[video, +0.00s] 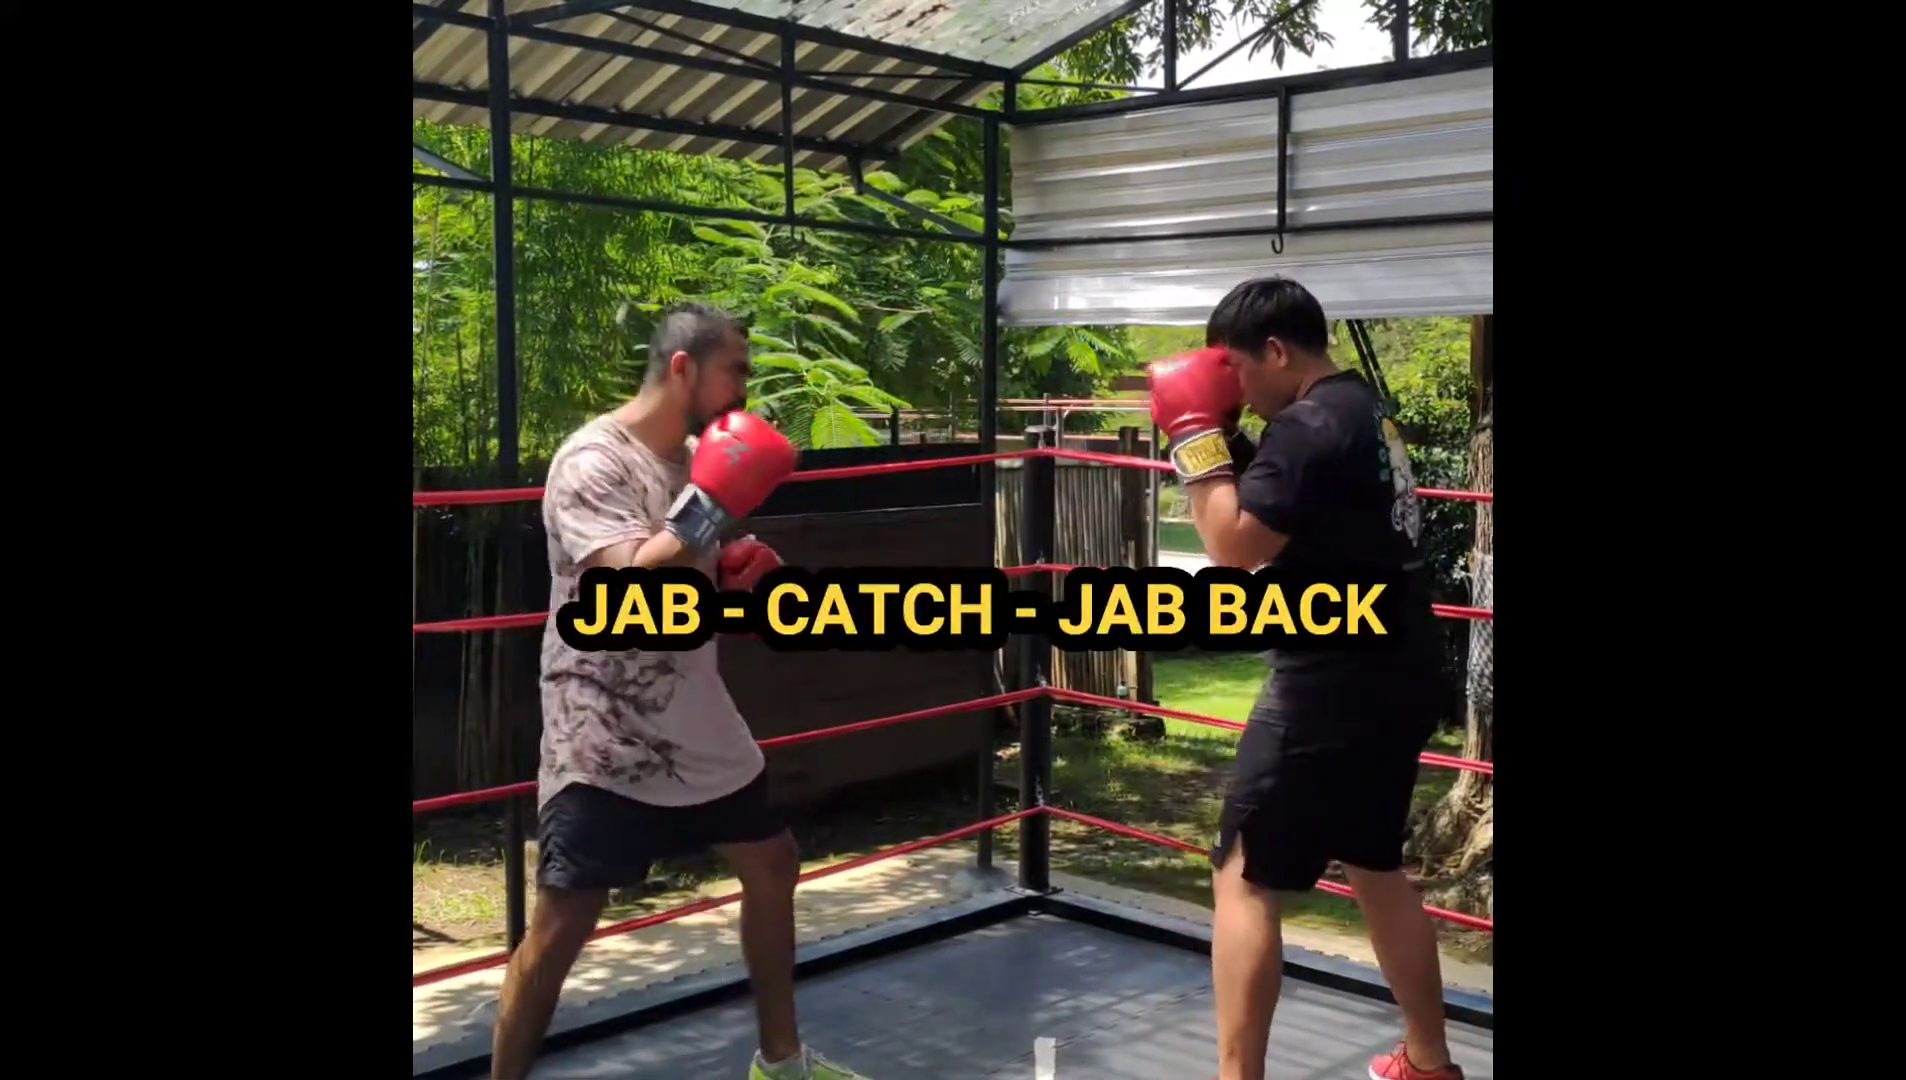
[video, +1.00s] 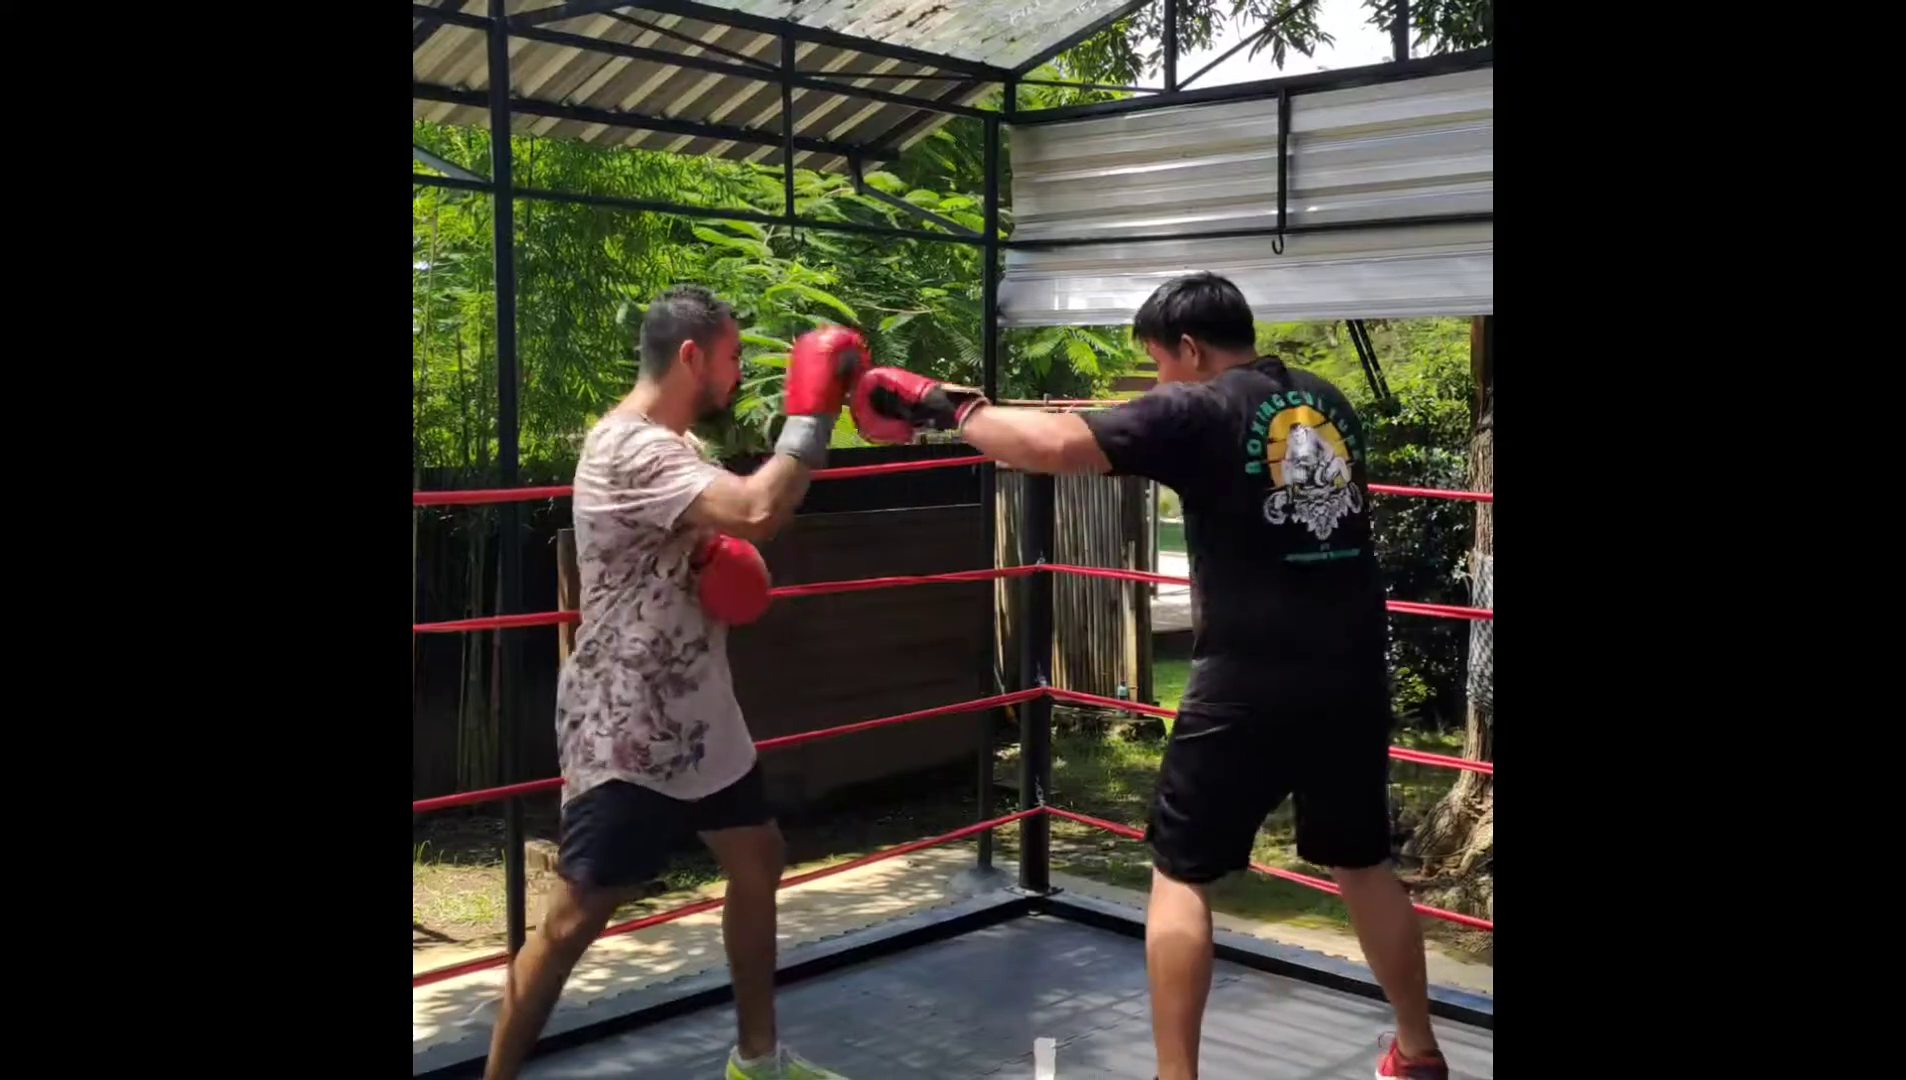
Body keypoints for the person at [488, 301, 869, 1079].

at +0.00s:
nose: (744, 392)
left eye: (747, 375)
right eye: (735, 372)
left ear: (689, 373)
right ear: (682, 368)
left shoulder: (700, 462)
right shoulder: (586, 463)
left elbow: (684, 575)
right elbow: (628, 572)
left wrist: (729, 575)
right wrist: (712, 500)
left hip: (697, 716)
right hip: (600, 729)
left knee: (772, 867)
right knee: (558, 930)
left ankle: (782, 1056)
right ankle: (504, 1076)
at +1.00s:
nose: (738, 375)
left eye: (740, 358)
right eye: (733, 357)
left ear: (677, 356)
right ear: (692, 355)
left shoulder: (673, 442)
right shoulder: (628, 446)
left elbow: (674, 554)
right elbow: (756, 507)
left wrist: (729, 576)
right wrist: (814, 408)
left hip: (698, 715)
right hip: (624, 725)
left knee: (756, 863)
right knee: (571, 921)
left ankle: (759, 1055)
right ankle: (497, 1073)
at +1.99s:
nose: (720, 412)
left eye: (723, 394)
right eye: (712, 391)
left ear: (661, 389)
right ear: (658, 385)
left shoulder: (664, 481)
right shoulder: (569, 485)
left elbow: (654, 617)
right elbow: (629, 610)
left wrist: (708, 619)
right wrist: (701, 518)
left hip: (688, 740)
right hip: (592, 755)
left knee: (774, 869)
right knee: (560, 948)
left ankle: (802, 1055)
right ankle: (488, 1074)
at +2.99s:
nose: (773, 378)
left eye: (772, 363)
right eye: (762, 362)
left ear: (709, 366)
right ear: (713, 364)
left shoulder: (677, 431)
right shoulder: (683, 444)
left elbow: (686, 550)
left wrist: (747, 571)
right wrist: (840, 419)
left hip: (693, 707)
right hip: (626, 711)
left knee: (750, 854)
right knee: (575, 919)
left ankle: (753, 1051)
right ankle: (497, 1072)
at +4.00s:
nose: (751, 401)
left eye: (756, 387)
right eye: (745, 383)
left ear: (701, 378)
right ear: (698, 374)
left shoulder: (704, 468)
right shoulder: (598, 462)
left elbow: (701, 577)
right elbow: (657, 585)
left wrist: (750, 587)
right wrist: (729, 499)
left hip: (702, 722)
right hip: (603, 729)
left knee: (776, 878)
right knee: (560, 932)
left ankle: (832, 1052)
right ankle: (487, 1073)